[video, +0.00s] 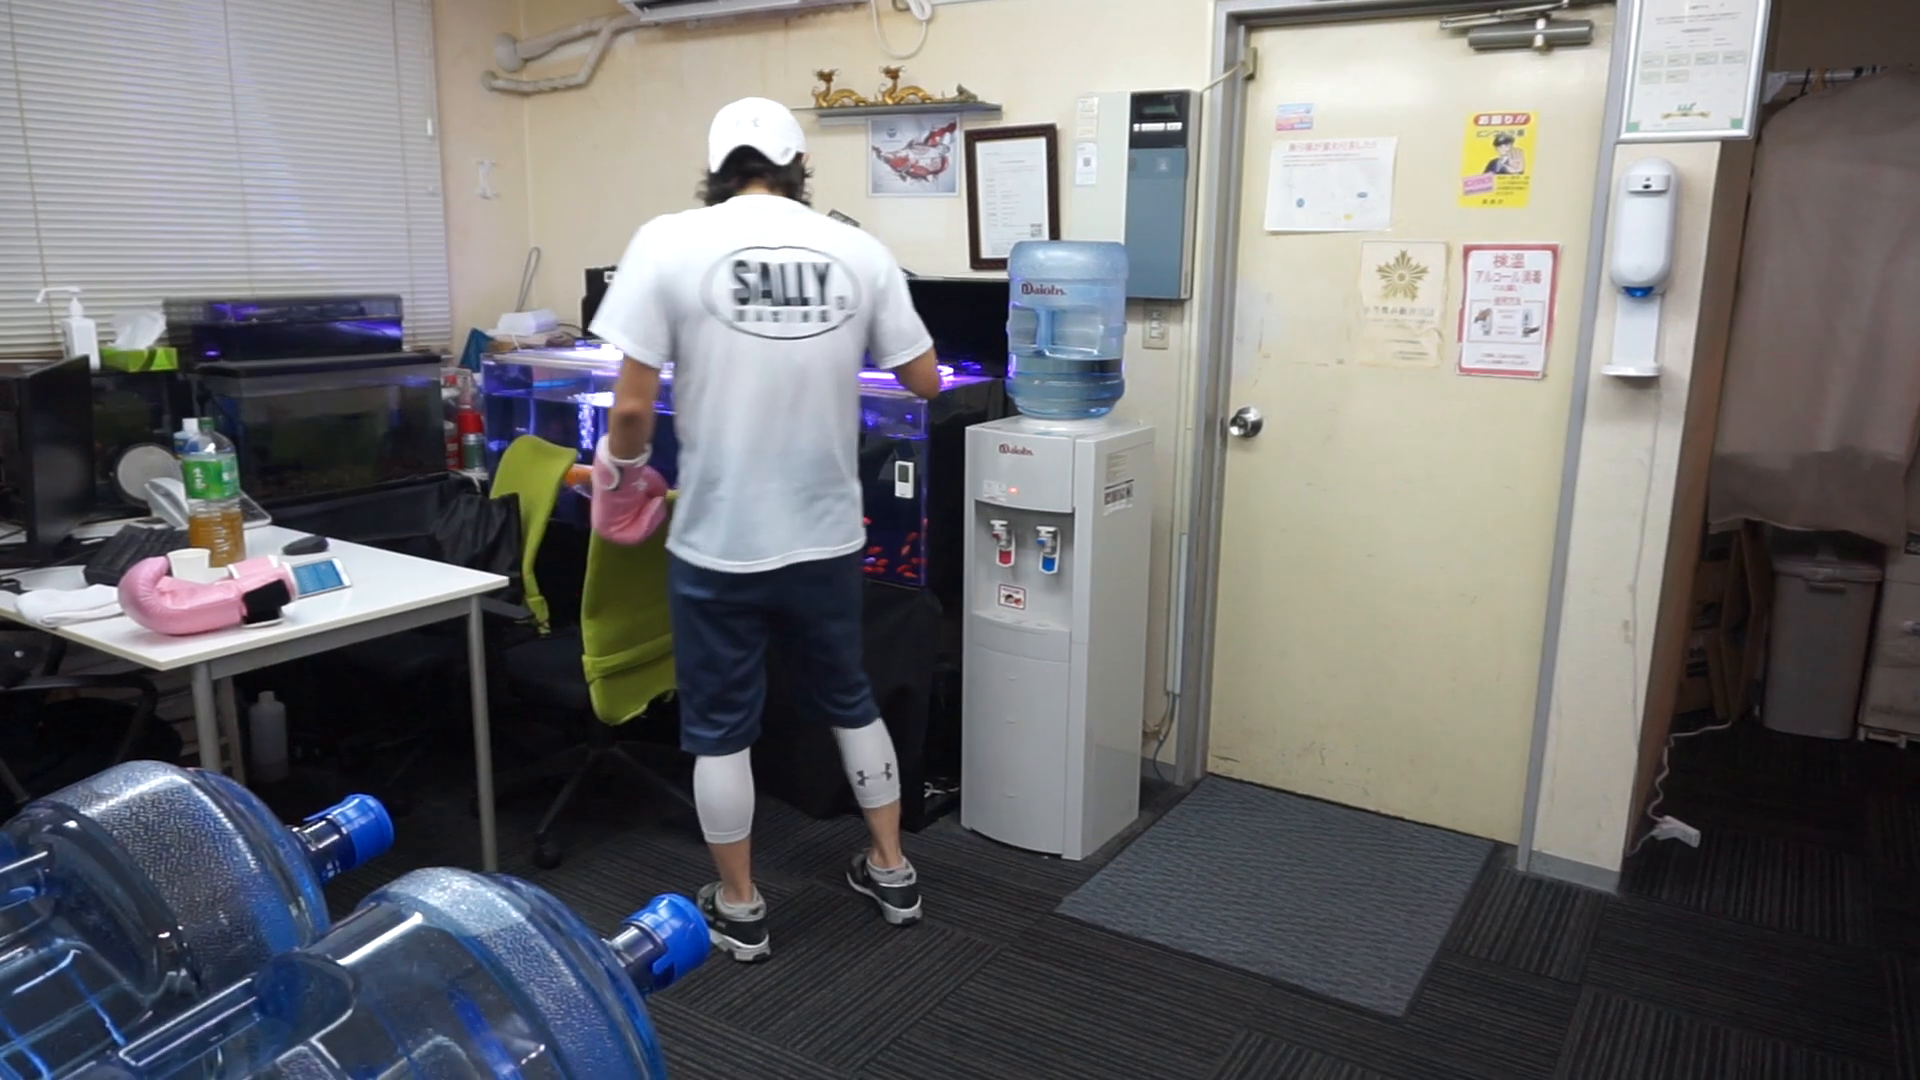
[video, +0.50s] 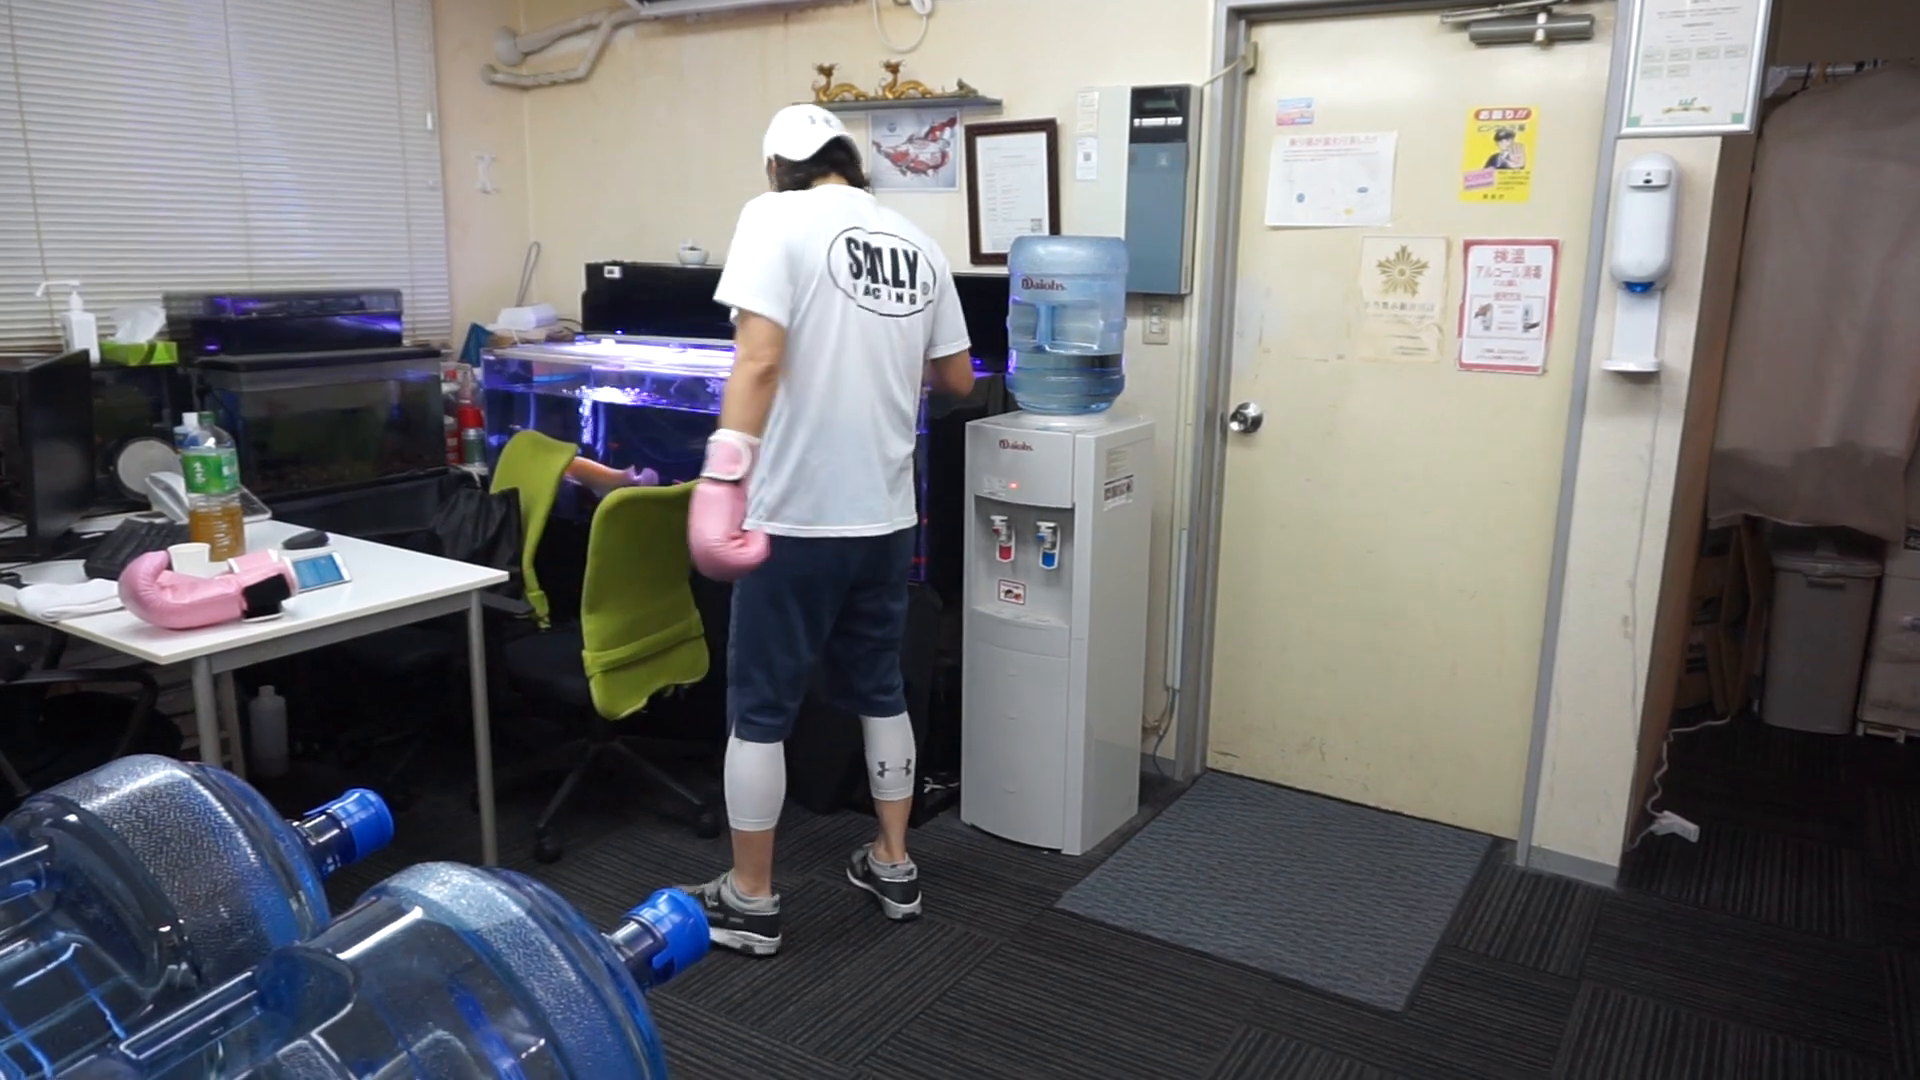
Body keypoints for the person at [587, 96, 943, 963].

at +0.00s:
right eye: (800, 167)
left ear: (715, 170)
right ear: (799, 169)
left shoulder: (668, 245)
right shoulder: (858, 249)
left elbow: (633, 405)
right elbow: (924, 378)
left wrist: (619, 475)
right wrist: (865, 342)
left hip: (718, 538)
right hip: (826, 531)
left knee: (721, 727)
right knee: (850, 698)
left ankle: (740, 907)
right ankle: (894, 869)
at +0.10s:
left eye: (730, 168)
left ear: (732, 170)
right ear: (813, 167)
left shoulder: (701, 240)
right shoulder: (875, 246)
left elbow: (665, 399)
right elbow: (935, 378)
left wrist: (638, 463)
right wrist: (873, 336)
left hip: (740, 531)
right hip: (845, 527)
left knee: (733, 719)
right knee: (867, 699)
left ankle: (741, 903)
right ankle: (894, 871)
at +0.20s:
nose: (748, 177)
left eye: (746, 166)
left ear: (751, 167)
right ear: (830, 161)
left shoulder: (727, 235)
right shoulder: (893, 244)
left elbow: (690, 393)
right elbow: (944, 378)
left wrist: (654, 470)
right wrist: (872, 354)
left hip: (760, 529)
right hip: (866, 524)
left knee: (742, 711)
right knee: (877, 695)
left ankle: (741, 901)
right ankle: (895, 868)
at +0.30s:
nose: (761, 181)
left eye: (762, 170)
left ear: (769, 169)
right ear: (847, 165)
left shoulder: (750, 227)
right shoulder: (909, 248)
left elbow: (715, 382)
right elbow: (953, 385)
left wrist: (670, 487)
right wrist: (895, 361)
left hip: (775, 526)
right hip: (879, 524)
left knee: (749, 705)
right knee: (886, 691)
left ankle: (741, 899)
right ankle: (896, 867)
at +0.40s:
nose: (772, 184)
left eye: (772, 174)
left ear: (781, 170)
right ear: (853, 166)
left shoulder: (767, 221)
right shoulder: (917, 246)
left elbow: (738, 368)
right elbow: (955, 382)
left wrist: (697, 487)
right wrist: (884, 365)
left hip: (785, 521)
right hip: (886, 521)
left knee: (756, 706)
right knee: (886, 688)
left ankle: (746, 897)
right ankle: (897, 865)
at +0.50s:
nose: (770, 186)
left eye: (770, 176)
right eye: (775, 175)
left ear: (778, 170)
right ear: (853, 165)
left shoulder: (777, 215)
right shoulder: (917, 244)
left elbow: (761, 357)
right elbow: (957, 377)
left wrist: (723, 479)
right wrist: (881, 368)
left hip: (792, 517)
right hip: (885, 519)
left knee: (760, 707)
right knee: (882, 688)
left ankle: (751, 897)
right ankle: (895, 864)